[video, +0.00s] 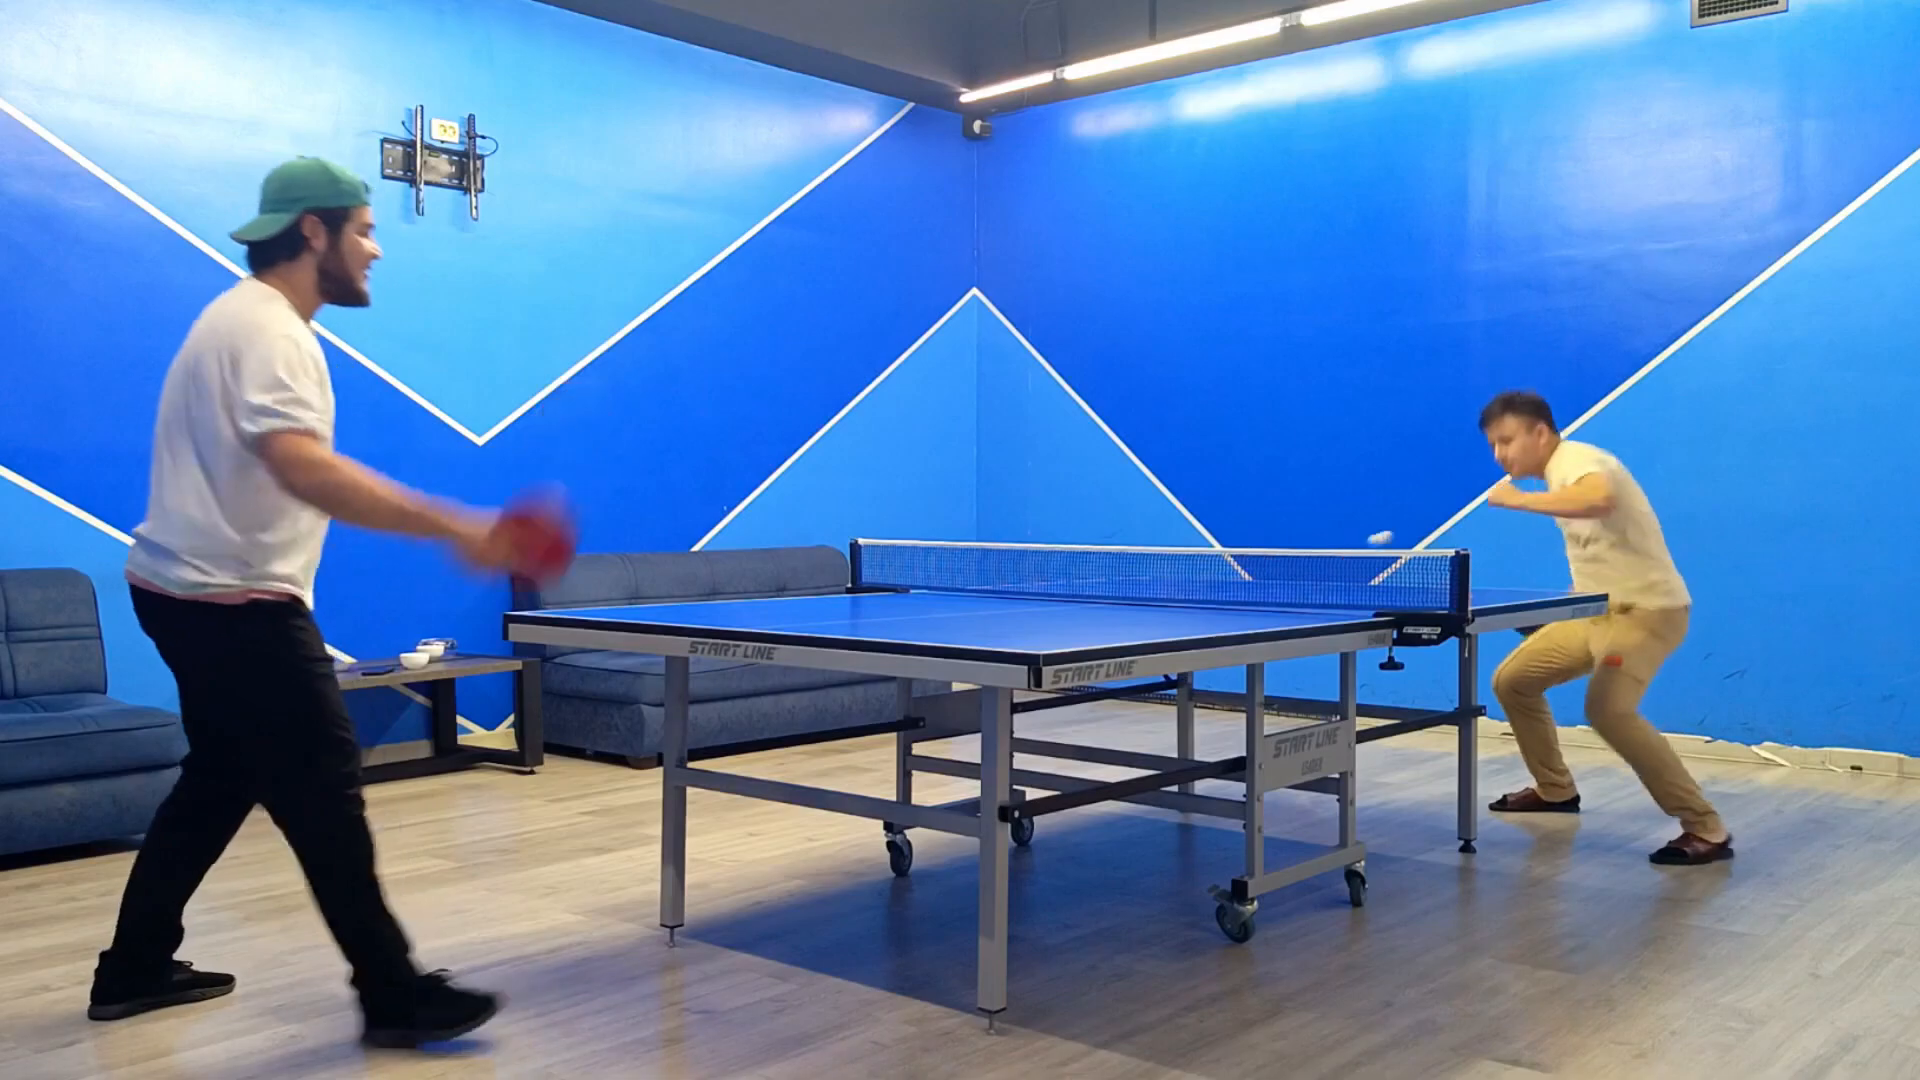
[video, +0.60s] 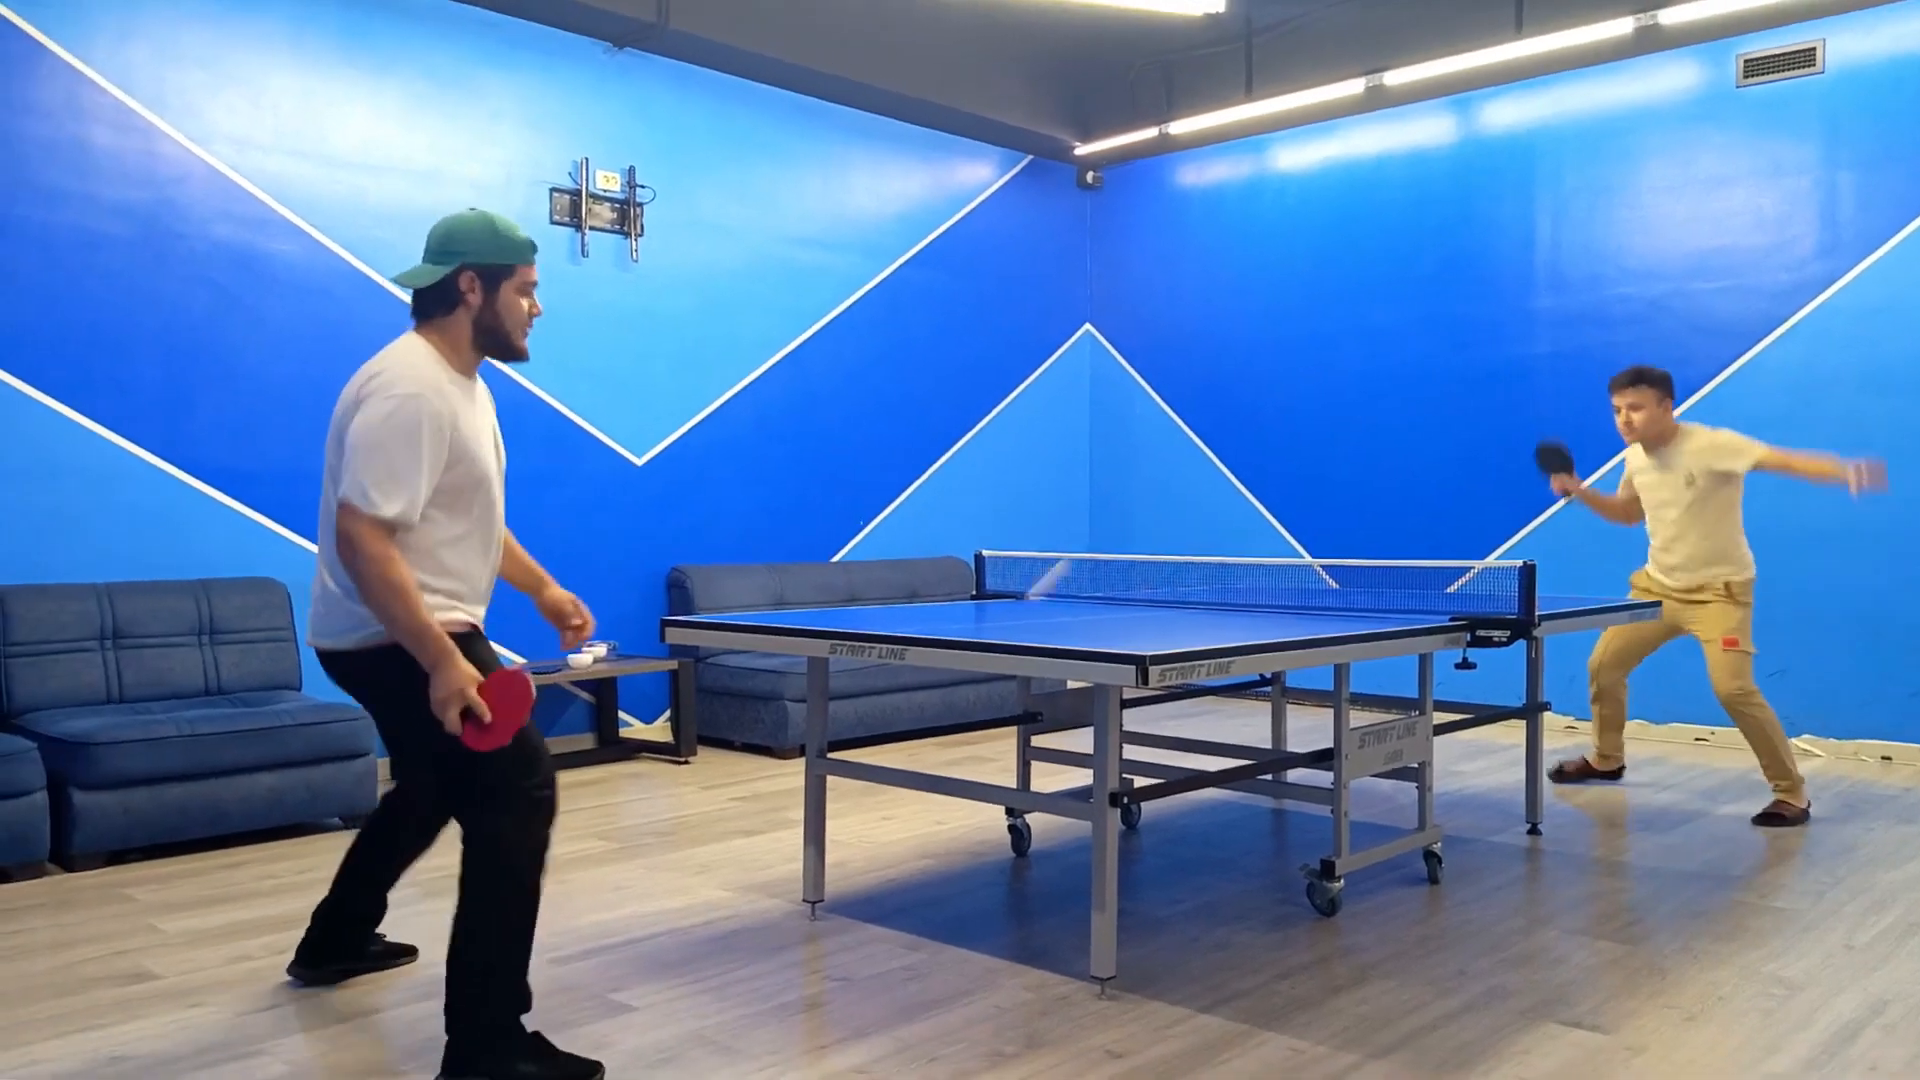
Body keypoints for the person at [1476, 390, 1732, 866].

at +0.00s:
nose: (1499, 456)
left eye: (1505, 442)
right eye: (1494, 447)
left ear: (1540, 432)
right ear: (1534, 439)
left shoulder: (1578, 459)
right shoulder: (1558, 473)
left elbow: (1599, 497)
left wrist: (1520, 499)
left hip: (1651, 610)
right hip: (1600, 610)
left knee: (1610, 710)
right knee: (1513, 681)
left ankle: (1707, 830)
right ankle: (1554, 789)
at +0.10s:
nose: (1507, 471)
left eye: (1513, 458)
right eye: (1504, 461)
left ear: (1549, 450)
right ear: (1544, 455)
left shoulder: (1583, 469)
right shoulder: (1564, 490)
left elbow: (1592, 494)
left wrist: (1510, 496)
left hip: (1649, 625)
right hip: (1602, 622)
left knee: (1592, 724)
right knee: (1509, 683)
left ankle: (1706, 830)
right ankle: (1554, 791)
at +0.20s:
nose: (1525, 463)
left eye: (1530, 449)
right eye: (1520, 455)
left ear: (1565, 438)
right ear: (1558, 447)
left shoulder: (1600, 470)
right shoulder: (1574, 504)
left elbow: (1633, 460)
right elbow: (1547, 570)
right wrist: (1484, 533)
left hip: (1654, 623)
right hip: (1611, 622)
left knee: (1598, 720)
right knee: (1512, 681)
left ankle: (1709, 829)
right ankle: (1557, 789)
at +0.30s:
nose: (1549, 432)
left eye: (1556, 419)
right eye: (1546, 423)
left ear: (1592, 414)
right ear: (1576, 423)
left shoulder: (1635, 441)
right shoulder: (1585, 479)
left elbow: (1706, 428)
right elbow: (1558, 534)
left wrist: (1680, 384)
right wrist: (1514, 492)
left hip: (1668, 595)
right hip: (1623, 604)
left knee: (1645, 692)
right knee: (1542, 674)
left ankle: (1723, 819)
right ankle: (1576, 779)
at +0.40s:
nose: (1575, 405)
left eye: (1585, 394)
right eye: (1570, 397)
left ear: (1618, 392)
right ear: (1573, 402)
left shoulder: (1662, 420)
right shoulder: (1604, 450)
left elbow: (1742, 412)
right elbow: (1592, 498)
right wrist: (1544, 469)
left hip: (1683, 574)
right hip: (1630, 578)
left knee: (1689, 679)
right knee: (1578, 666)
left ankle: (1734, 803)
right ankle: (1592, 773)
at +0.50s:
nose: (1599, 400)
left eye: (1609, 389)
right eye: (1594, 391)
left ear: (1642, 388)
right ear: (1593, 394)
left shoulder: (1688, 420)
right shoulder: (1623, 441)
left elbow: (1768, 419)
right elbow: (1622, 486)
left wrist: (1817, 406)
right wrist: (1571, 464)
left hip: (1700, 572)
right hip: (1643, 571)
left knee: (1708, 678)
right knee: (1597, 663)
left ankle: (1768, 788)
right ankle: (1604, 768)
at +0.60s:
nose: (1624, 419)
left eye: (1635, 408)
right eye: (1618, 410)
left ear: (1668, 408)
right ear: (1616, 413)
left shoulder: (1708, 446)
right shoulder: (1636, 458)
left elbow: (1784, 461)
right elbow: (1627, 512)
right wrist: (1580, 492)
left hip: (1719, 593)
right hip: (1659, 590)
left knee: (1733, 689)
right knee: (1604, 664)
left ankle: (1792, 796)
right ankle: (1606, 759)